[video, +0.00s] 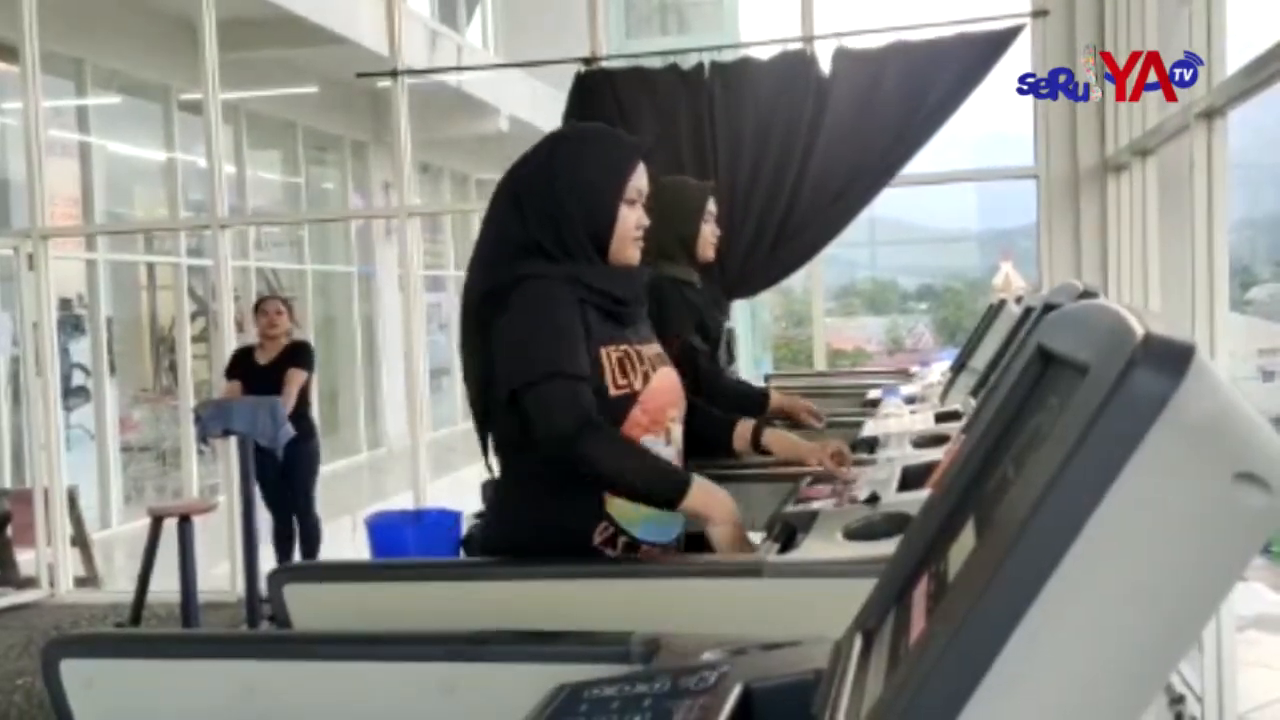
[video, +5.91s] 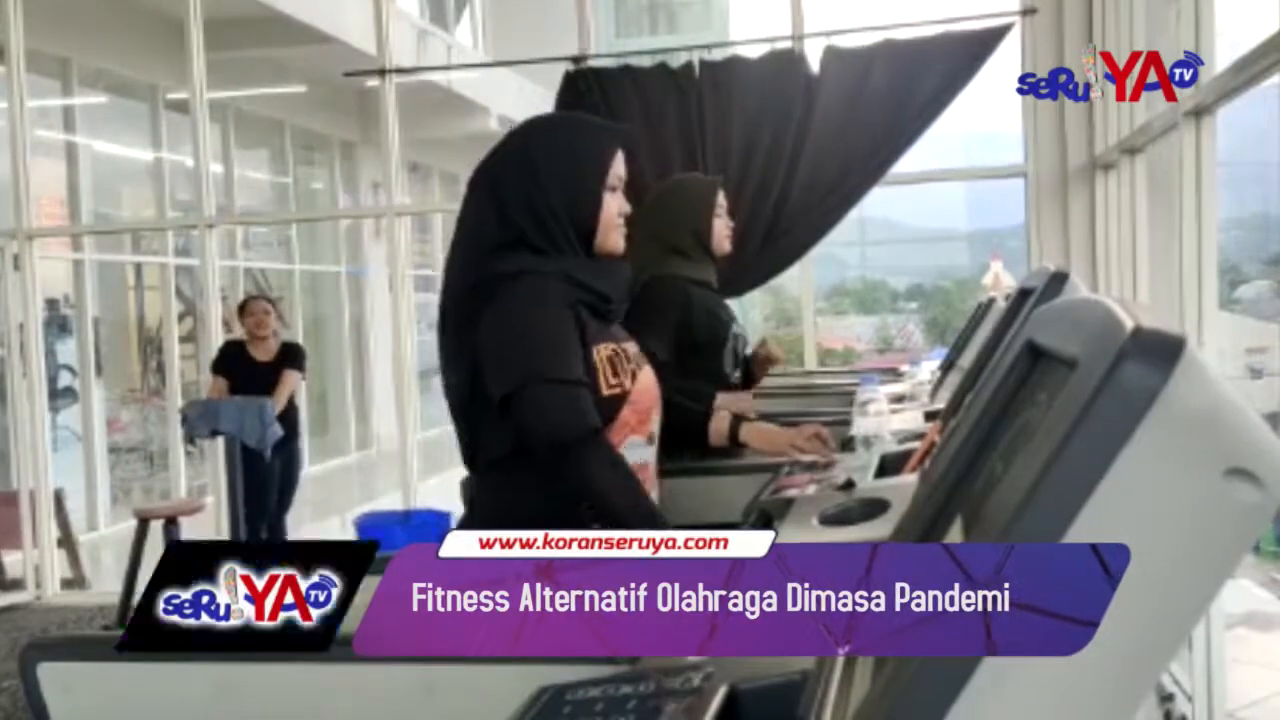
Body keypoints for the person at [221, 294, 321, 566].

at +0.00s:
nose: (272, 319)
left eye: (278, 313)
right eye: (264, 314)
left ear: (289, 319)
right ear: (256, 321)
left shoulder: (300, 350)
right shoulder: (242, 356)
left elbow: (291, 390)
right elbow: (231, 396)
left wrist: (276, 422)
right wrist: (221, 422)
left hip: (298, 435)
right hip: (260, 437)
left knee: (302, 504)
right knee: (280, 510)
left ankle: (309, 568)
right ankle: (284, 570)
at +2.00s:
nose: (254, 318)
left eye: (263, 313)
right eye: (251, 313)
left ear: (279, 320)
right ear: (246, 319)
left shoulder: (284, 350)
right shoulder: (242, 357)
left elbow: (283, 399)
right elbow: (226, 395)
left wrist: (267, 430)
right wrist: (210, 420)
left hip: (287, 434)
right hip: (260, 437)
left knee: (289, 504)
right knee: (280, 506)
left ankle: (294, 566)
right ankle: (294, 564)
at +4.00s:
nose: (251, 329)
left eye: (257, 322)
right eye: (245, 324)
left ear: (272, 324)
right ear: (238, 329)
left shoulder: (290, 357)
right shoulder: (230, 354)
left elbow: (282, 396)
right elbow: (220, 396)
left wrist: (263, 428)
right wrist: (217, 428)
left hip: (285, 439)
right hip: (246, 440)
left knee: (285, 513)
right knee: (254, 514)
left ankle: (288, 572)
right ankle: (257, 574)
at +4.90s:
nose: (253, 322)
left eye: (261, 316)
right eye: (249, 316)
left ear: (276, 322)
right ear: (243, 322)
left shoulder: (282, 352)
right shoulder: (237, 356)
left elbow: (280, 392)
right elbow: (223, 393)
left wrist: (271, 426)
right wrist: (207, 417)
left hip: (281, 429)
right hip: (253, 432)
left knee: (282, 493)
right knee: (268, 497)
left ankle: (293, 548)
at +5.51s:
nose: (251, 320)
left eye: (259, 314)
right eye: (246, 315)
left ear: (273, 320)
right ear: (239, 321)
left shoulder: (287, 352)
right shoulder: (229, 356)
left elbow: (281, 393)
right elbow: (218, 399)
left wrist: (266, 426)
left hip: (286, 436)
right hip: (247, 438)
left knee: (288, 509)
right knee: (257, 511)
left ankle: (295, 566)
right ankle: (260, 568)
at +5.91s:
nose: (260, 319)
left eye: (266, 313)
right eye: (252, 314)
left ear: (276, 318)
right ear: (242, 322)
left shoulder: (291, 352)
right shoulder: (231, 351)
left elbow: (283, 392)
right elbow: (217, 393)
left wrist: (262, 420)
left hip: (284, 436)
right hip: (245, 436)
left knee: (277, 510)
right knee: (254, 508)